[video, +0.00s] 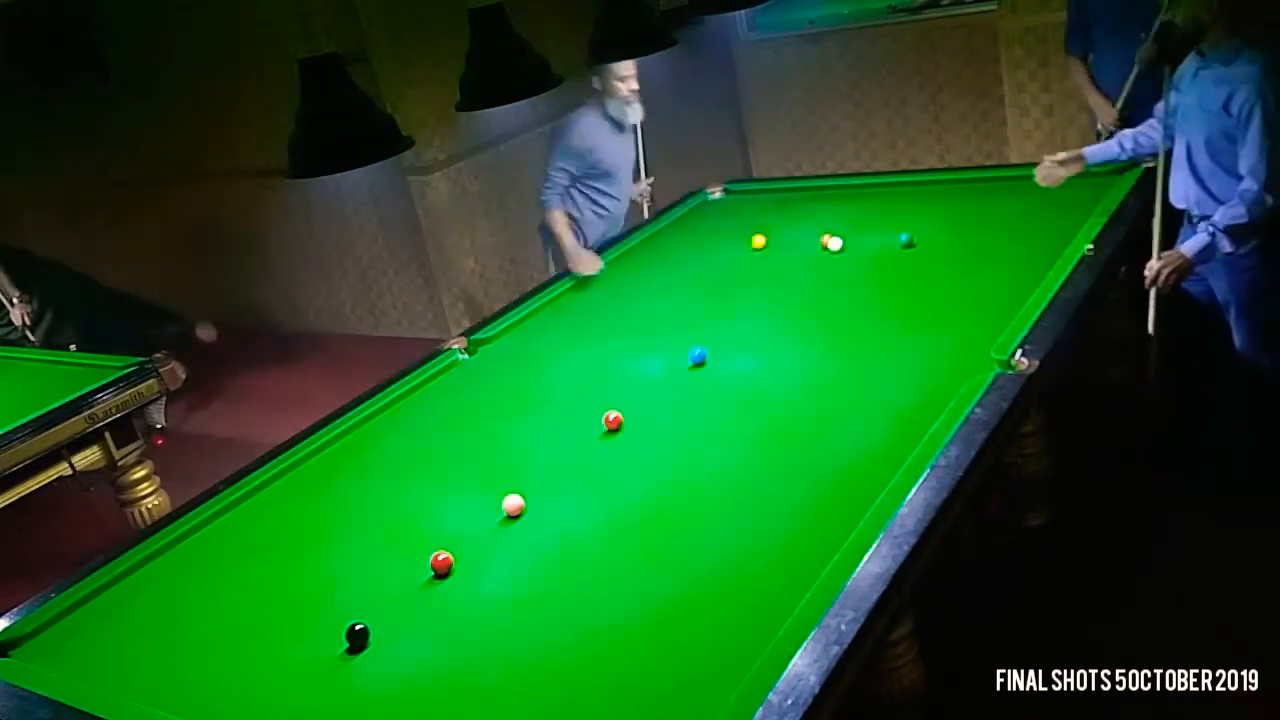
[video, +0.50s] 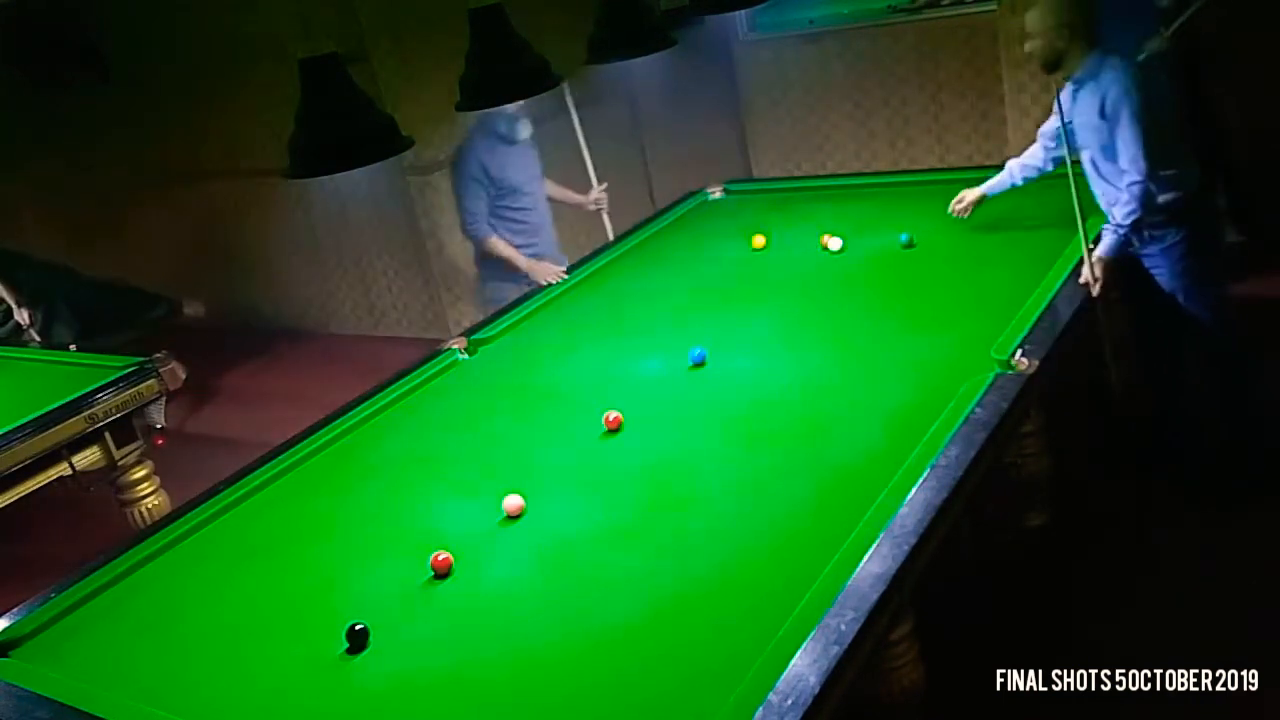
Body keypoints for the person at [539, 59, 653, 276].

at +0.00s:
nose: (634, 87)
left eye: (635, 78)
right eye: (622, 80)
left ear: (638, 77)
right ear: (598, 83)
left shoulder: (627, 120)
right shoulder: (580, 128)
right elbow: (551, 196)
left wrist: (631, 190)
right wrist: (572, 250)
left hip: (611, 236)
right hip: (578, 245)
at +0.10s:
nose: (609, 84)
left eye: (610, 75)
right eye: (597, 77)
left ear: (614, 76)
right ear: (574, 81)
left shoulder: (605, 115)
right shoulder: (559, 126)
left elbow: (597, 168)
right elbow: (530, 193)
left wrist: (626, 189)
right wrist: (548, 254)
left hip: (608, 239)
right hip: (575, 253)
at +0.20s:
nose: (585, 84)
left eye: (586, 76)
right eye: (574, 78)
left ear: (589, 78)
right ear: (557, 83)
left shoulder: (587, 121)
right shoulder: (539, 132)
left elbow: (587, 173)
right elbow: (516, 201)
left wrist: (620, 192)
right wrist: (535, 260)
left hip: (601, 244)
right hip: (566, 258)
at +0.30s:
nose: (562, 88)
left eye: (562, 80)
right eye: (551, 84)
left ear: (565, 81)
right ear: (532, 93)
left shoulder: (565, 125)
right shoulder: (515, 141)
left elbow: (574, 175)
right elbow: (504, 211)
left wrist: (610, 194)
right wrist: (535, 263)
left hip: (590, 247)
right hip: (556, 263)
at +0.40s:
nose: (536, 101)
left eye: (538, 95)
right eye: (526, 97)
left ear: (543, 95)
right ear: (510, 103)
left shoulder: (544, 132)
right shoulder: (495, 146)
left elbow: (554, 179)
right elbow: (489, 219)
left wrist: (596, 197)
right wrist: (534, 264)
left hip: (572, 253)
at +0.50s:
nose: (519, 104)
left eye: (520, 98)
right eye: (508, 101)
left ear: (523, 100)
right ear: (490, 106)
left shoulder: (522, 139)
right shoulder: (472, 155)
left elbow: (536, 183)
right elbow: (476, 228)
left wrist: (583, 201)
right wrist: (530, 266)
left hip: (553, 274)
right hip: (509, 286)